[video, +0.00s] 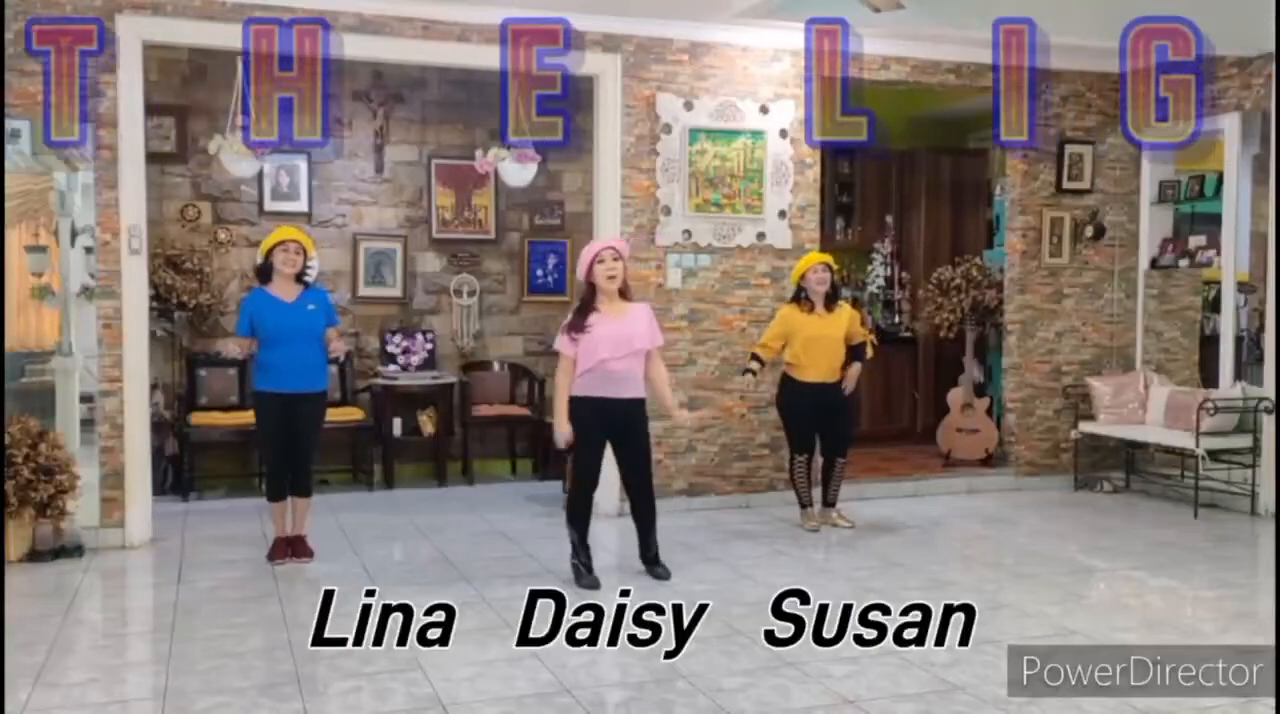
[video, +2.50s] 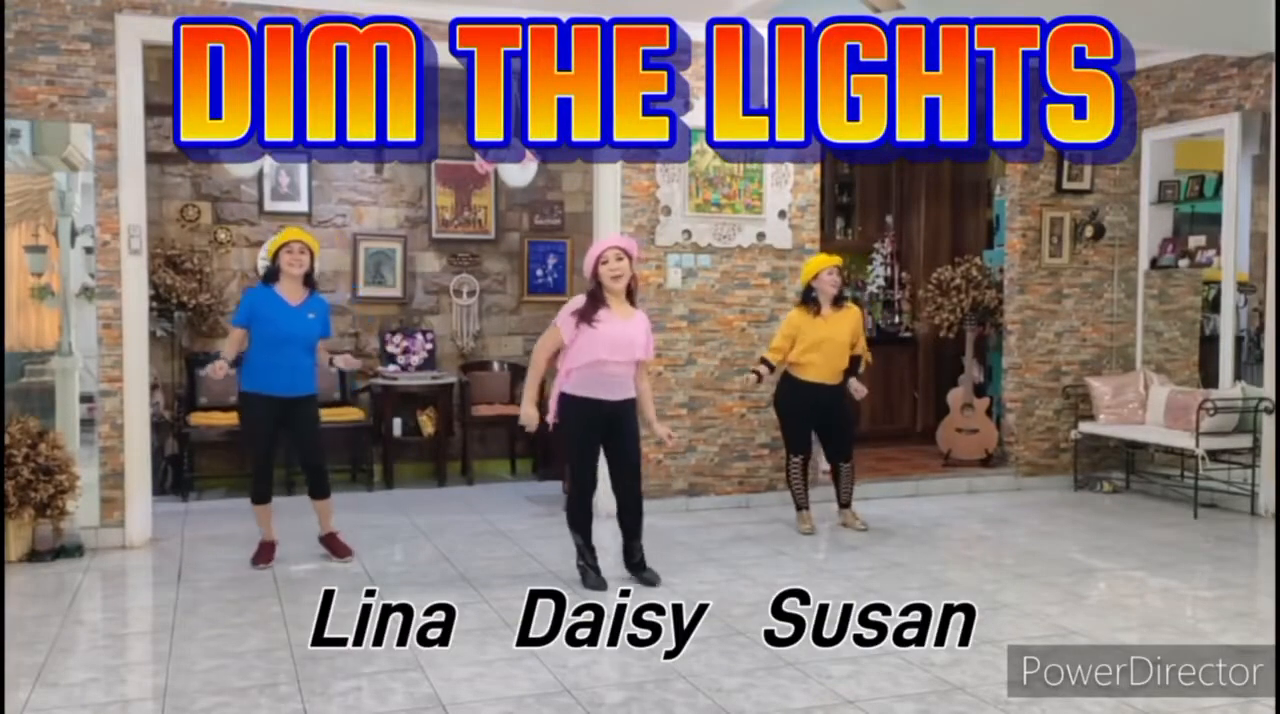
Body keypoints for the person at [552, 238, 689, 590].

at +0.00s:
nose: (610, 268)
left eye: (615, 262)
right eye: (602, 263)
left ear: (625, 270)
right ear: (590, 275)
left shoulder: (642, 313)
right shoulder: (580, 317)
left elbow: (654, 363)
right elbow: (565, 371)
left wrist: (672, 406)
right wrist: (560, 419)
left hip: (631, 408)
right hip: (588, 408)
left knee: (640, 483)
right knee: (583, 483)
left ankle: (650, 554)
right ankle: (580, 556)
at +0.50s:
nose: (599, 264)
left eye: (605, 258)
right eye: (591, 260)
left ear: (616, 266)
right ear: (580, 272)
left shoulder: (629, 319)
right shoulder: (566, 308)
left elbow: (635, 375)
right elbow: (537, 357)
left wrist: (660, 417)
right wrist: (510, 401)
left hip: (608, 406)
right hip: (566, 403)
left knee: (605, 485)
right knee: (572, 482)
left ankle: (601, 559)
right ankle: (578, 559)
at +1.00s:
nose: (601, 261)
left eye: (607, 256)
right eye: (593, 257)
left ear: (616, 264)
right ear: (580, 268)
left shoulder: (633, 311)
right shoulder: (569, 316)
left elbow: (649, 364)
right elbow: (556, 370)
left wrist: (673, 403)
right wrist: (529, 413)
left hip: (625, 406)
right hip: (581, 406)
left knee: (634, 486)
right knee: (579, 485)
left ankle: (643, 560)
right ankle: (580, 559)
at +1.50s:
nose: (617, 266)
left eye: (622, 261)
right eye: (608, 261)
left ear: (630, 268)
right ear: (594, 273)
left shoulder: (650, 302)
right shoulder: (592, 325)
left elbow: (680, 350)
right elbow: (596, 381)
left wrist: (722, 374)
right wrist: (594, 421)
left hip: (662, 404)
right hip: (621, 408)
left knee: (654, 487)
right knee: (618, 485)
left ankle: (646, 559)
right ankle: (606, 549)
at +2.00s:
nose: (623, 267)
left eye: (630, 261)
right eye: (615, 261)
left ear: (638, 270)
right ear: (603, 270)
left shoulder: (652, 309)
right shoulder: (589, 317)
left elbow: (672, 363)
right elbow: (587, 374)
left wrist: (709, 391)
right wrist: (604, 415)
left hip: (659, 405)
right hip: (619, 410)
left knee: (653, 489)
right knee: (620, 487)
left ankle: (645, 560)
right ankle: (605, 555)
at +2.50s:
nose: (614, 267)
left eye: (620, 260)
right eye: (606, 262)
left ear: (631, 269)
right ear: (595, 272)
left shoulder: (639, 319)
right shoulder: (579, 309)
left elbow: (642, 375)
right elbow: (542, 350)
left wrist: (654, 422)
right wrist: (529, 403)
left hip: (622, 410)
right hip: (579, 408)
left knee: (630, 486)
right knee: (582, 486)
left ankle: (635, 559)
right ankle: (586, 561)